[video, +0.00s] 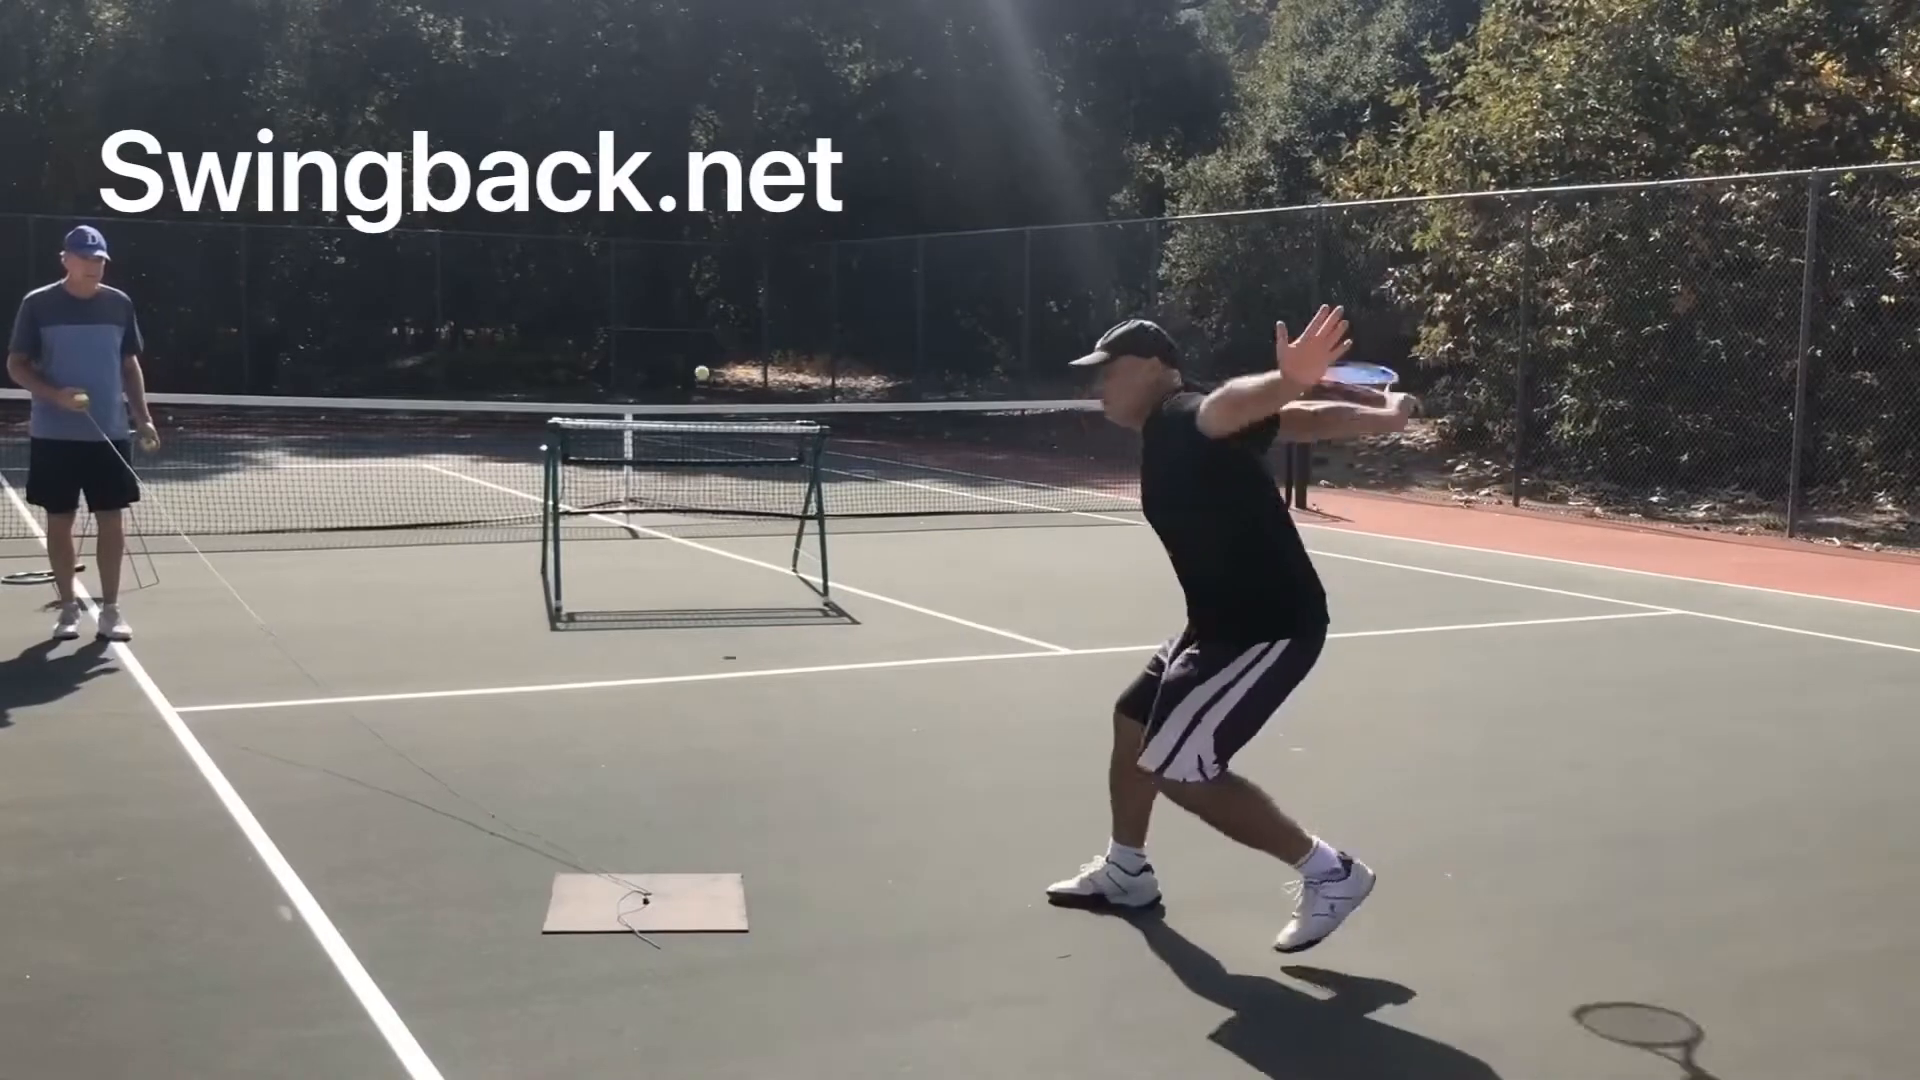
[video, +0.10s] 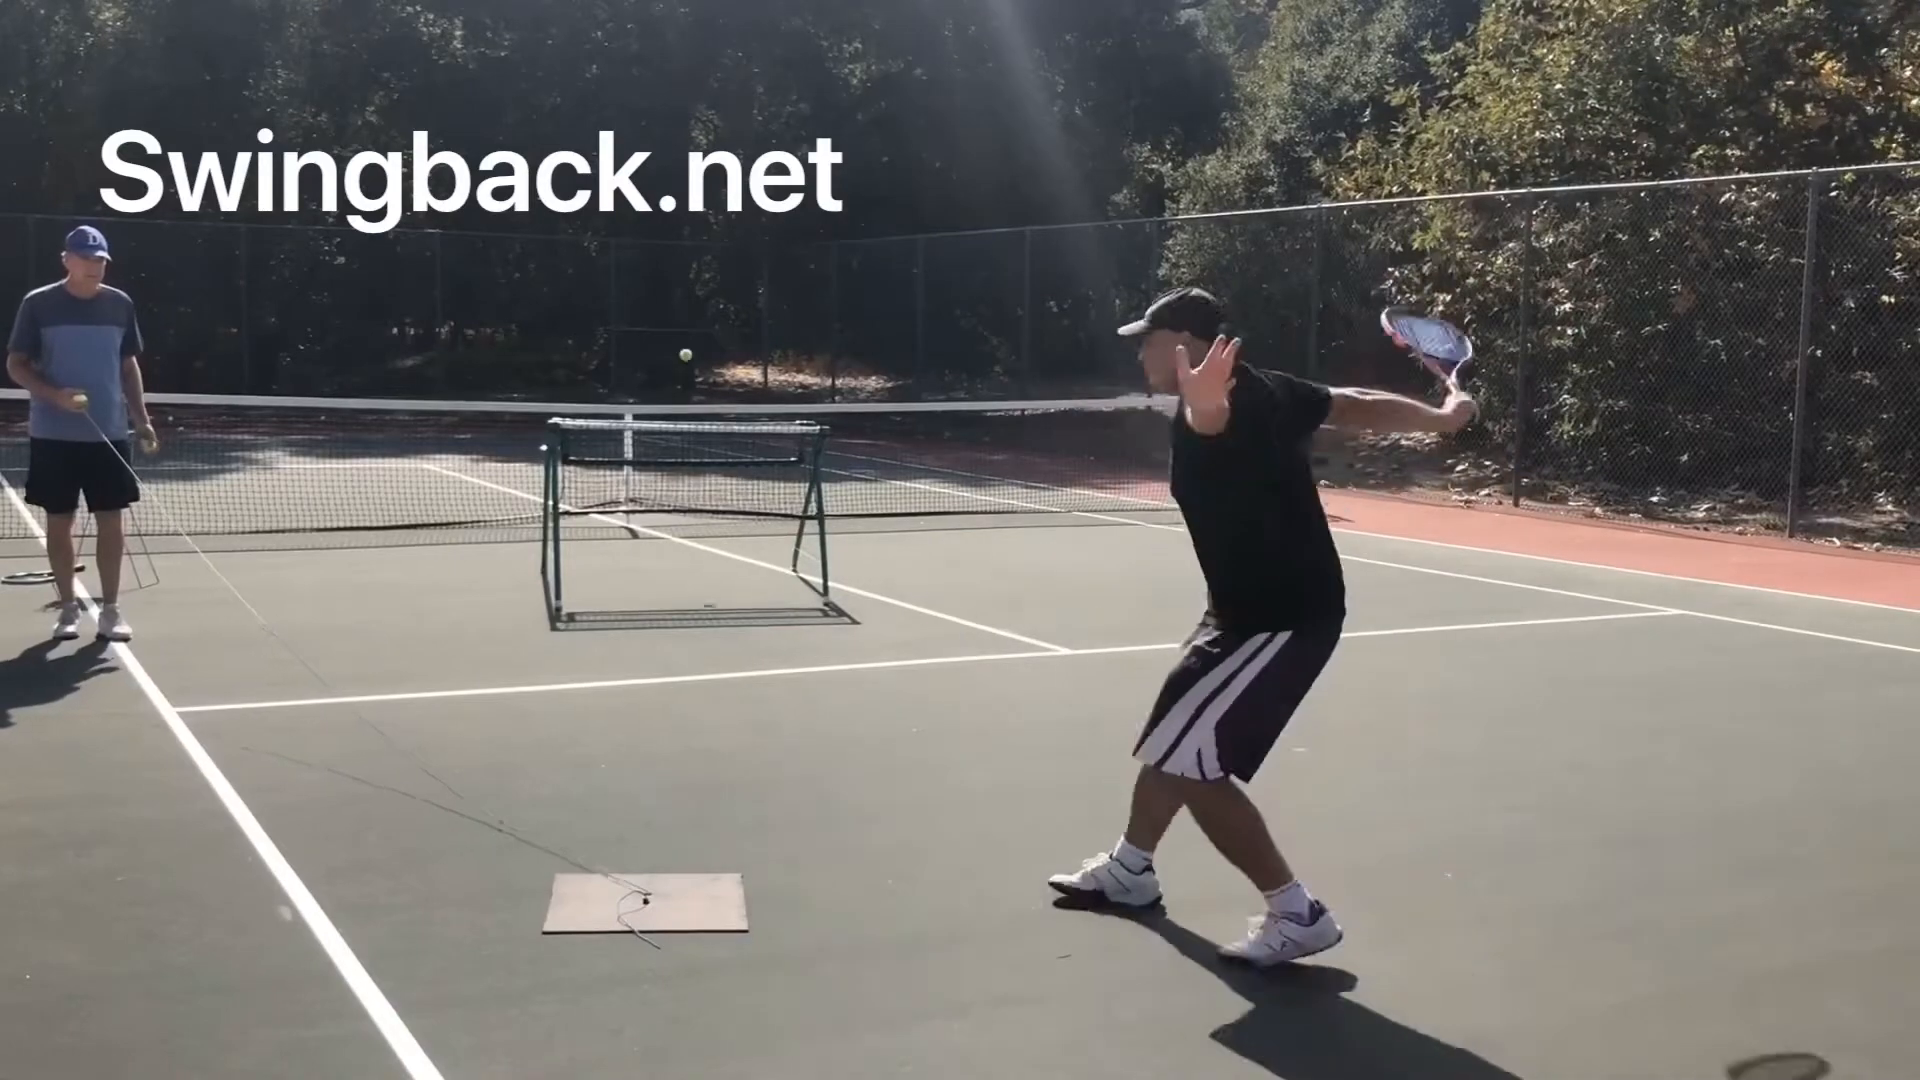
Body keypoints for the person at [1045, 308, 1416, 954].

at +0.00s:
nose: (1098, 388)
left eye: (1108, 373)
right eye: (1098, 376)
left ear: (1155, 368)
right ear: (1143, 375)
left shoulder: (1193, 415)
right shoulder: (1174, 428)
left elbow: (1234, 402)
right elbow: (1300, 423)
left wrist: (1287, 379)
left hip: (1274, 628)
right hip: (1222, 622)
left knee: (1178, 763)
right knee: (1135, 722)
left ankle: (1331, 874)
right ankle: (1126, 869)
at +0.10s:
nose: (1139, 353)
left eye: (1148, 341)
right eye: (1142, 341)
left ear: (1187, 345)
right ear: (1181, 347)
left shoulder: (1214, 402)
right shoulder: (1265, 390)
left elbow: (1207, 414)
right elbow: (1356, 408)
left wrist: (1205, 399)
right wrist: (1442, 415)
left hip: (1289, 619)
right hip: (1240, 611)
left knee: (1193, 760)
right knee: (1169, 736)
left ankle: (1298, 912)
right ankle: (1130, 870)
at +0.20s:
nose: (1201, 331)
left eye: (1209, 318)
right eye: (1202, 318)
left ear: (1244, 323)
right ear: (1267, 323)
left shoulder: (1247, 395)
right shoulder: (1321, 382)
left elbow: (1188, 430)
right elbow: (1406, 417)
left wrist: (1111, 437)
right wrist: (1467, 440)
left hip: (1287, 612)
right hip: (1324, 606)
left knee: (1223, 746)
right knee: (1238, 740)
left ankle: (1305, 925)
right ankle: (1162, 857)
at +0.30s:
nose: (1249, 305)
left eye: (1256, 294)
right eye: (1253, 293)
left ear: (1282, 300)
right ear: (1317, 301)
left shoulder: (1278, 373)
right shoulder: (1364, 367)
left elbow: (1232, 453)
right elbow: (1446, 440)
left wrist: (1107, 473)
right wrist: (1471, 485)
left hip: (1317, 599)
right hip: (1366, 593)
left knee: (1256, 729)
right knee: (1266, 718)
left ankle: (1307, 924)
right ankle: (1270, 867)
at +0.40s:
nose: (1295, 289)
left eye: (1301, 277)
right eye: (1298, 277)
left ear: (1327, 284)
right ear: (1365, 287)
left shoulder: (1309, 369)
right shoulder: (1415, 364)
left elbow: (1285, 471)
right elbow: (1476, 470)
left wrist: (1174, 517)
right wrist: (1438, 539)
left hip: (1341, 593)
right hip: (1411, 591)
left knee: (1296, 742)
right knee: (1354, 734)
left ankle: (1309, 925)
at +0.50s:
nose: (1339, 296)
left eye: (1346, 284)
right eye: (1343, 283)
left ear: (1371, 289)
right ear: (1415, 294)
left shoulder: (1354, 381)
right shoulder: (1459, 374)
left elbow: (1340, 509)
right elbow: (1501, 494)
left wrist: (1258, 557)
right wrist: (1438, 551)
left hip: (1370, 613)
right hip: (1447, 609)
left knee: (1318, 754)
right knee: (1431, 748)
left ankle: (1312, 927)